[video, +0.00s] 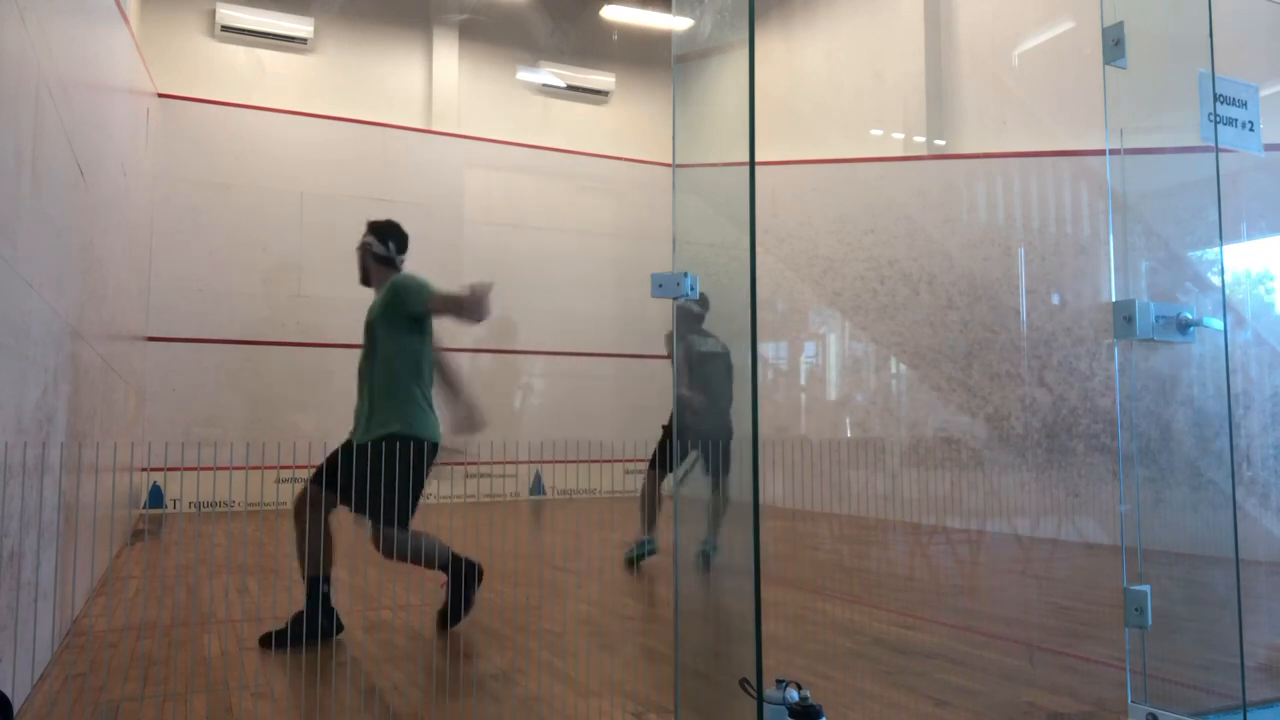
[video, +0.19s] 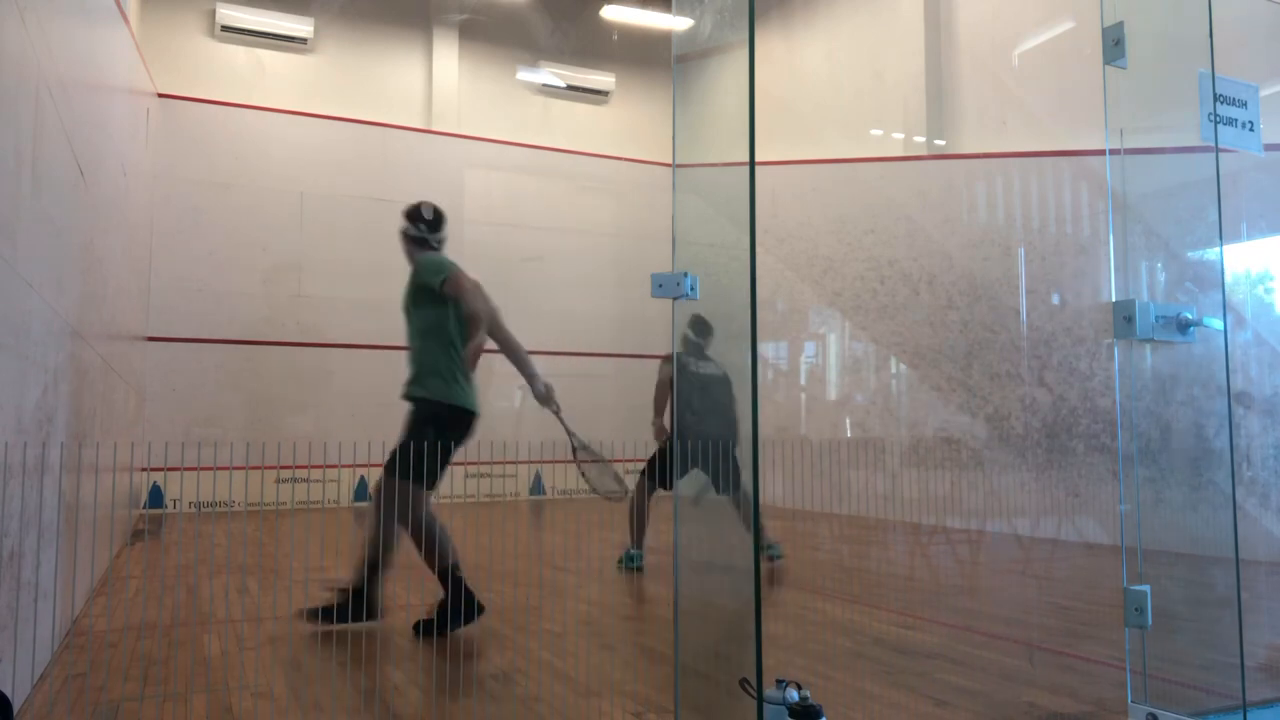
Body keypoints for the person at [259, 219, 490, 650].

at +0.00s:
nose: (357, 260)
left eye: (362, 252)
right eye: (359, 252)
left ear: (376, 256)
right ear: (389, 258)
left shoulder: (403, 289)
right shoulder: (387, 305)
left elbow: (451, 303)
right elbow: (437, 359)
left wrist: (471, 303)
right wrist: (463, 407)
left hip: (406, 435)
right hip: (371, 437)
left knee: (389, 539)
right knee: (308, 506)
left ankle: (461, 570)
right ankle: (318, 611)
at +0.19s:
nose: (403, 242)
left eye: (404, 235)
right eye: (407, 236)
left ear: (406, 237)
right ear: (439, 238)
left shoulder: (428, 266)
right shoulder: (445, 273)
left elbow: (476, 303)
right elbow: (495, 325)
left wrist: (470, 351)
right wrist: (535, 379)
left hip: (442, 406)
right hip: (441, 407)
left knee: (403, 498)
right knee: (390, 496)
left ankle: (459, 596)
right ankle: (363, 597)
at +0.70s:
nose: (573, 261)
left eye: (557, 257)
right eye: (580, 253)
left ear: (554, 258)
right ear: (584, 258)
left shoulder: (547, 292)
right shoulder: (605, 298)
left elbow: (534, 334)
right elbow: (629, 348)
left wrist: (495, 355)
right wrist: (602, 380)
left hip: (558, 414)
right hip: (598, 417)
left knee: (544, 493)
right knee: (604, 492)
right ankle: (622, 579)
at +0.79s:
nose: (593, 255)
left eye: (580, 248)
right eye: (599, 249)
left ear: (572, 250)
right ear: (605, 251)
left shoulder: (559, 282)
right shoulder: (621, 288)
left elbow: (539, 324)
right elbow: (648, 333)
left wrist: (522, 346)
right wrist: (642, 371)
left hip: (579, 399)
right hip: (617, 399)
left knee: (589, 485)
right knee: (612, 478)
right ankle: (639, 546)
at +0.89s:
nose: (615, 265)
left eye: (596, 259)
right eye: (620, 258)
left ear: (591, 261)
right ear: (624, 262)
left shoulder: (574, 292)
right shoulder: (636, 298)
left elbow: (542, 332)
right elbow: (665, 342)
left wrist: (554, 349)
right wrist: (672, 386)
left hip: (592, 406)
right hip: (629, 404)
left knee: (616, 485)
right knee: (630, 477)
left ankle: (650, 556)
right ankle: (657, 545)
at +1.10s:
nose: (656, 296)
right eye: (653, 290)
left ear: (620, 291)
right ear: (648, 291)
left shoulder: (600, 324)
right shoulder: (656, 326)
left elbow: (578, 369)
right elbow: (678, 374)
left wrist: (603, 353)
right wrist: (700, 415)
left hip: (614, 427)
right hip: (651, 426)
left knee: (632, 503)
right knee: (664, 494)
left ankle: (661, 562)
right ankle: (669, 563)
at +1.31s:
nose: (667, 298)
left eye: (666, 291)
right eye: (664, 291)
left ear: (634, 290)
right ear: (651, 290)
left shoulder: (609, 322)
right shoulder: (661, 325)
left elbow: (591, 366)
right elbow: (673, 373)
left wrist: (621, 367)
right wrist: (694, 413)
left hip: (622, 423)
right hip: (659, 422)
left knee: (622, 488)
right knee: (665, 486)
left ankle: (638, 532)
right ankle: (670, 550)